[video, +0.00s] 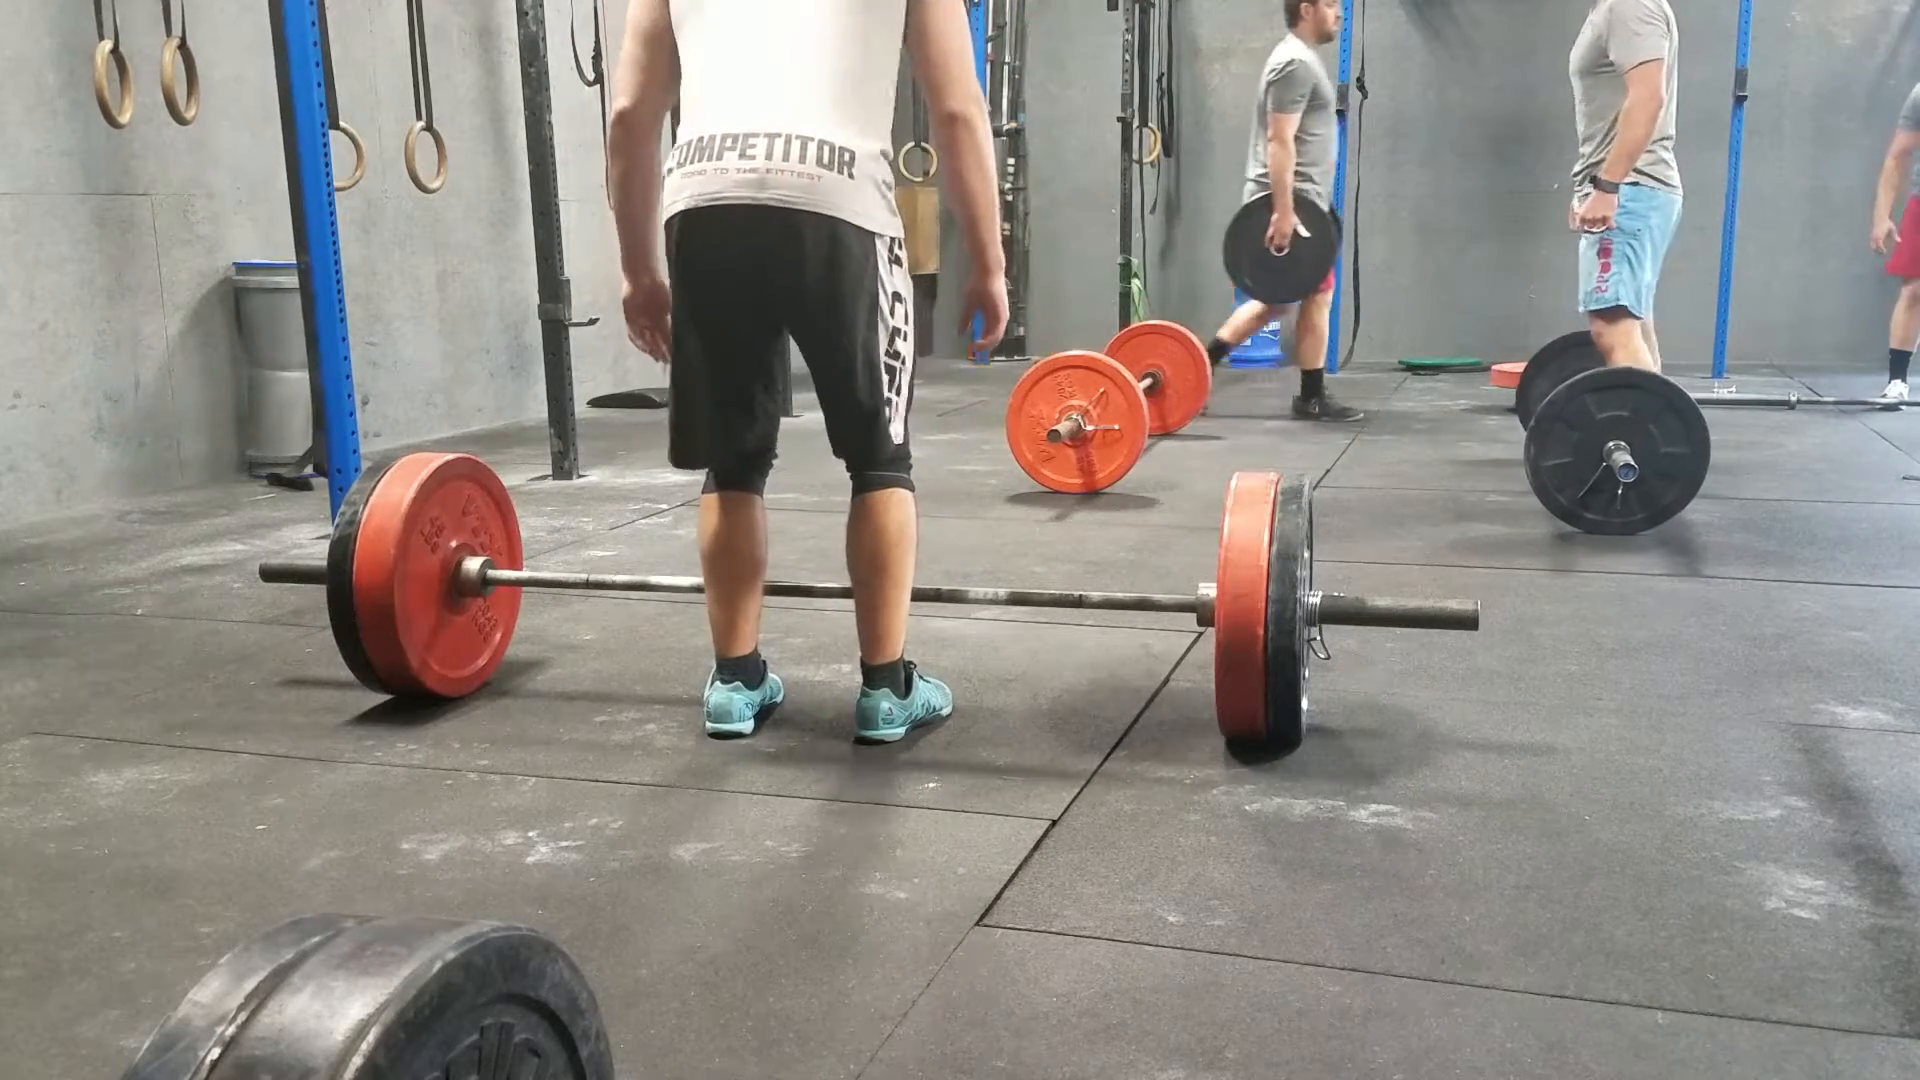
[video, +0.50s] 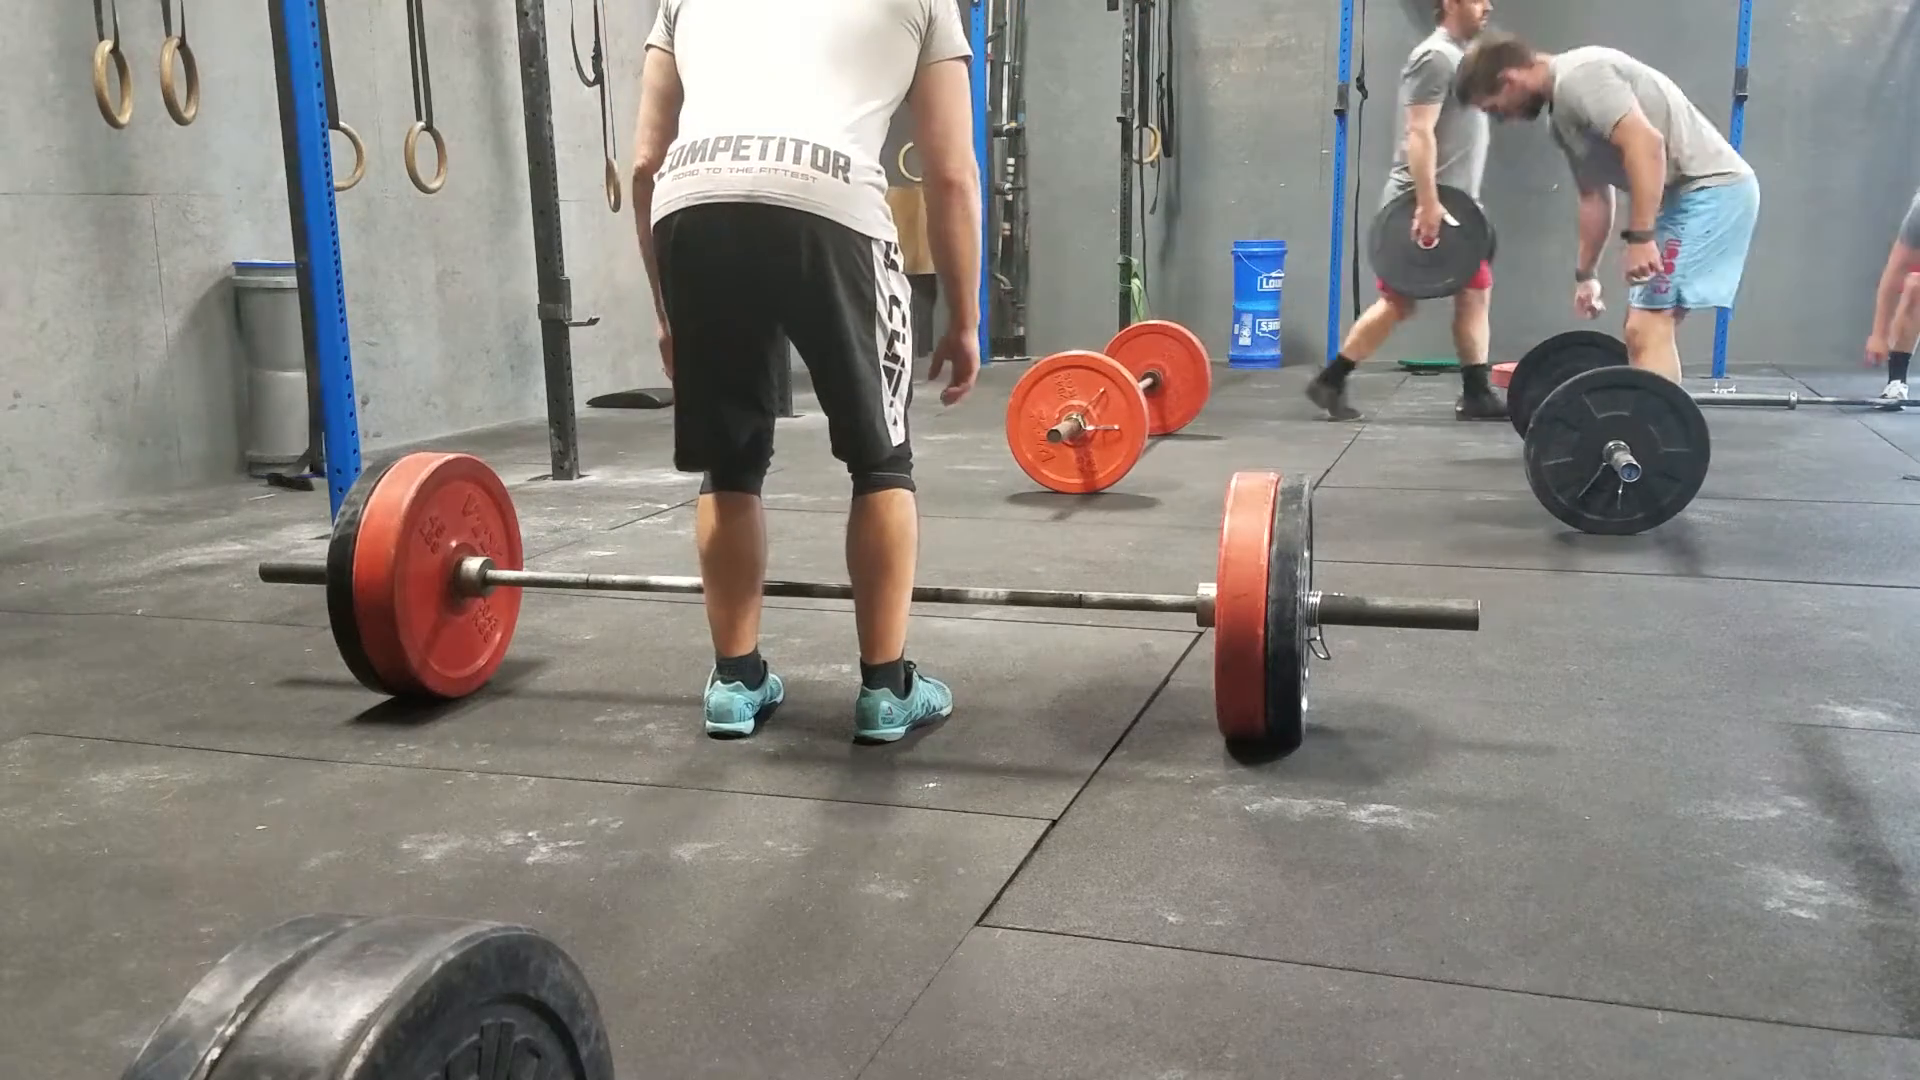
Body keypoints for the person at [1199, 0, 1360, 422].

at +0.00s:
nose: (1339, 13)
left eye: (1337, 5)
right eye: (1331, 5)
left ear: (1307, 12)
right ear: (1306, 10)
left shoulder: (1300, 58)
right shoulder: (1295, 62)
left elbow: (1289, 138)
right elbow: (1279, 140)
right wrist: (1282, 209)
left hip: (1292, 198)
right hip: (1299, 202)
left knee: (1274, 297)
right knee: (1320, 291)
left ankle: (1206, 357)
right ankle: (1311, 395)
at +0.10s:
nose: (1365, 8)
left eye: (1363, 2)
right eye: (1357, 1)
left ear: (1333, 9)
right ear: (1332, 6)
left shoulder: (1331, 54)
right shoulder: (1319, 58)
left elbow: (1320, 135)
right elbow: (1305, 136)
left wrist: (1336, 196)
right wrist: (1311, 204)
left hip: (1331, 195)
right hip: (1318, 198)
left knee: (1341, 285)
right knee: (1326, 292)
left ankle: (1264, 354)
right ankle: (1312, 396)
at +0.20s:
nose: (1391, 7)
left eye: (1391, 1)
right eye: (1385, 1)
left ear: (1361, 6)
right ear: (1358, 4)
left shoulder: (1358, 52)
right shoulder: (1344, 54)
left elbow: (1350, 134)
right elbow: (1331, 133)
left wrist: (1364, 198)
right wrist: (1340, 202)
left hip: (1358, 196)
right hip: (1336, 199)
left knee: (1381, 282)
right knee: (1332, 294)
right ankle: (1312, 394)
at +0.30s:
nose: (1422, 7)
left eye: (1421, 1)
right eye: (1414, 0)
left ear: (1391, 8)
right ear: (1386, 4)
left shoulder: (1390, 52)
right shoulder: (1369, 55)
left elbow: (1379, 134)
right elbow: (1359, 134)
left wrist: (1388, 197)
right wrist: (1371, 202)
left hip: (1387, 195)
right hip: (1357, 199)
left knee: (1410, 285)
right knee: (1341, 293)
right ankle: (1312, 393)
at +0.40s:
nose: (1453, 8)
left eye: (1453, 2)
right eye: (1443, 2)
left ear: (1421, 9)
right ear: (1416, 6)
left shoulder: (1423, 56)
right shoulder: (1400, 58)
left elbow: (1409, 137)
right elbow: (1387, 137)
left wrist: (1419, 202)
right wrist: (1400, 203)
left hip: (1413, 198)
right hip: (1381, 201)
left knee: (1441, 287)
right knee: (1360, 298)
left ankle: (1467, 390)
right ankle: (1315, 393)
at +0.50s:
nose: (1486, 8)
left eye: (1486, 1)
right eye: (1477, 1)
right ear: (1450, 6)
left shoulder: (1465, 57)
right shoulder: (1435, 56)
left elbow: (1455, 138)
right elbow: (1418, 132)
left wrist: (1463, 203)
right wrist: (1427, 202)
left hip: (1455, 201)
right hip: (1418, 201)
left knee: (1476, 288)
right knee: (1399, 301)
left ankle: (1477, 393)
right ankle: (1330, 381)